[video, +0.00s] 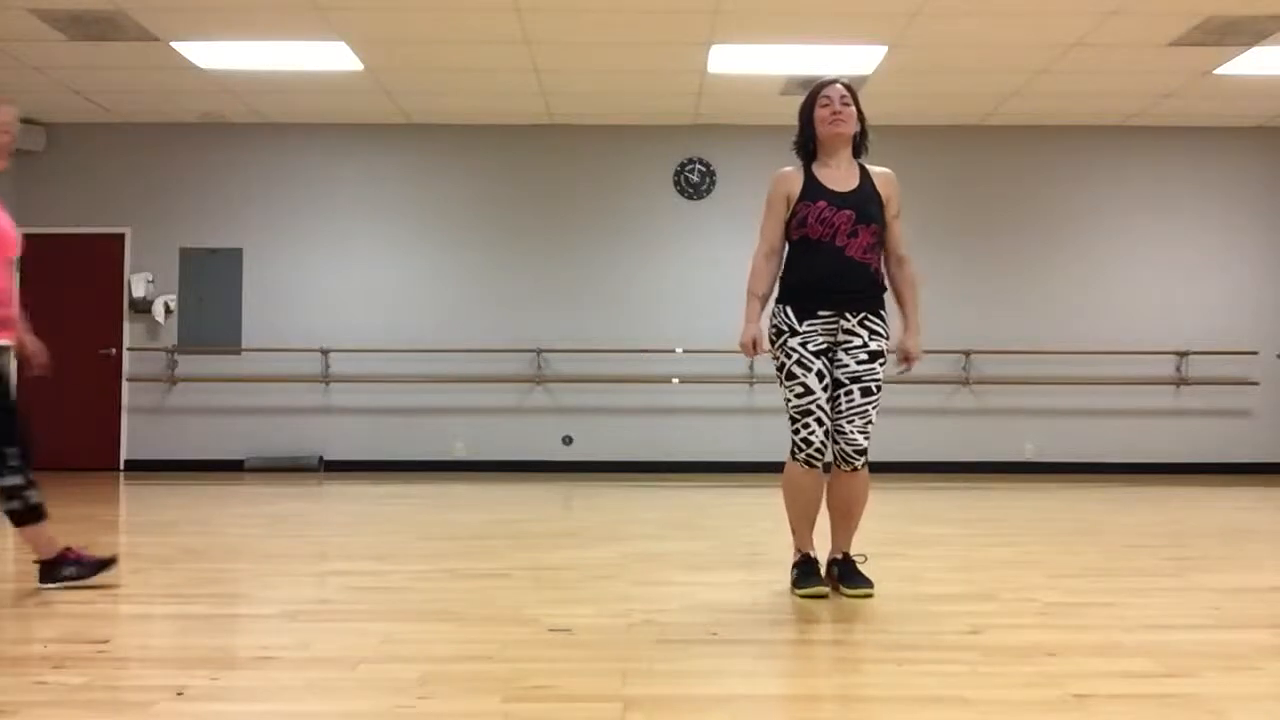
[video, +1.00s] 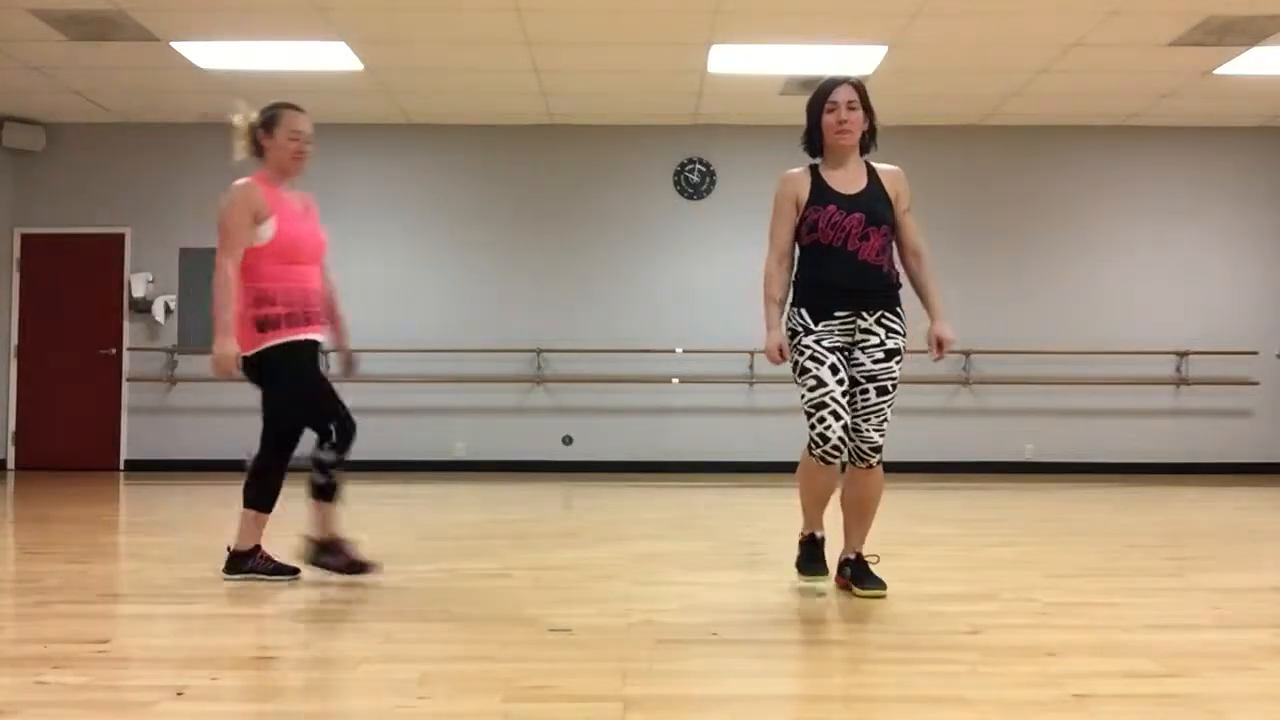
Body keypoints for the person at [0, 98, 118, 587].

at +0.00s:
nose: (9, 140)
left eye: (11, 131)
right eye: (4, 131)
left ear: (15, 138)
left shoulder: (5, 215)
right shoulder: (1, 215)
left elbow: (8, 286)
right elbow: (6, 287)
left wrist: (25, 335)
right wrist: (20, 335)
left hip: (5, 348)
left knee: (9, 449)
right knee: (7, 449)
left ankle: (50, 553)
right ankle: (49, 554)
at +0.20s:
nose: (79, 141)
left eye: (82, 132)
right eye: (71, 131)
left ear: (70, 135)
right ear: (37, 129)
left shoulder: (53, 186)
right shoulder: (22, 185)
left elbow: (66, 273)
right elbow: (8, 270)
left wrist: (90, 329)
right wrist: (8, 341)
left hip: (64, 334)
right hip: (41, 335)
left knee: (63, 440)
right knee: (61, 440)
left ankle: (65, 553)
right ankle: (63, 556)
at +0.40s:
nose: (143, 141)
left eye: (146, 132)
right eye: (135, 130)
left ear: (125, 134)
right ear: (101, 129)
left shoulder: (111, 183)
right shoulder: (90, 182)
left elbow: (116, 263)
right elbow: (98, 264)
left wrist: (145, 308)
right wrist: (148, 324)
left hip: (116, 337)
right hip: (89, 340)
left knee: (170, 428)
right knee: (88, 446)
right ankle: (65, 556)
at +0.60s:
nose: (200, 153)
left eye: (203, 145)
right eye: (193, 143)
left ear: (176, 144)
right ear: (161, 141)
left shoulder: (174, 195)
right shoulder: (150, 195)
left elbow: (188, 274)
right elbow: (175, 277)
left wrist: (222, 319)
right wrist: (239, 319)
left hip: (195, 348)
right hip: (164, 352)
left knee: (230, 439)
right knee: (142, 455)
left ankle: (243, 551)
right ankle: (73, 548)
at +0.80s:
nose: (256, 149)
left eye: (260, 142)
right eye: (248, 139)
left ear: (256, 145)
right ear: (218, 138)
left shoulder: (236, 196)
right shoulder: (204, 193)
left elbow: (247, 273)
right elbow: (215, 275)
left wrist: (266, 334)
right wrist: (248, 339)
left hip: (256, 337)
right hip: (226, 341)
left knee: (265, 444)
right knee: (271, 442)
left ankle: (245, 551)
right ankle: (186, 507)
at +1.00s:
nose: (304, 149)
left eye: (308, 141)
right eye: (294, 139)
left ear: (311, 145)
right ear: (265, 140)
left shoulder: (304, 202)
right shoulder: (246, 194)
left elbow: (320, 275)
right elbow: (227, 267)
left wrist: (341, 337)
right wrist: (225, 337)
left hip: (302, 340)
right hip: (268, 341)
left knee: (278, 445)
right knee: (338, 427)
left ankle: (245, 550)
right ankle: (323, 538)